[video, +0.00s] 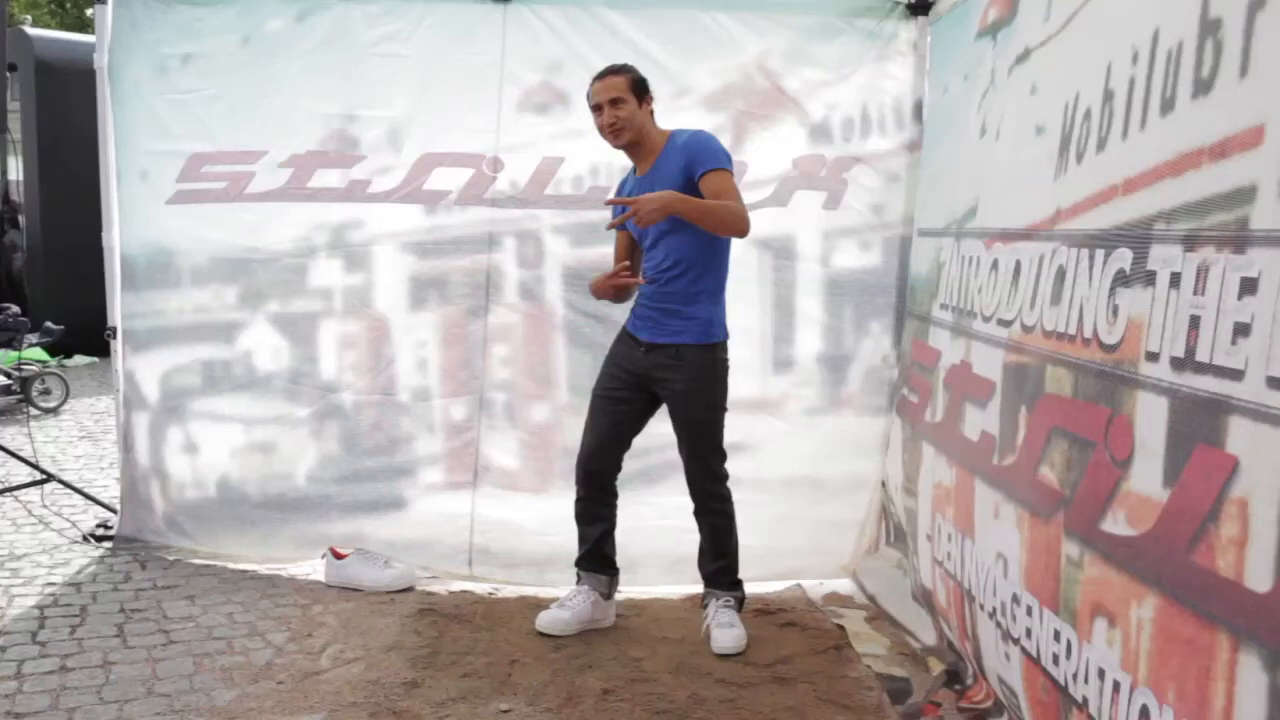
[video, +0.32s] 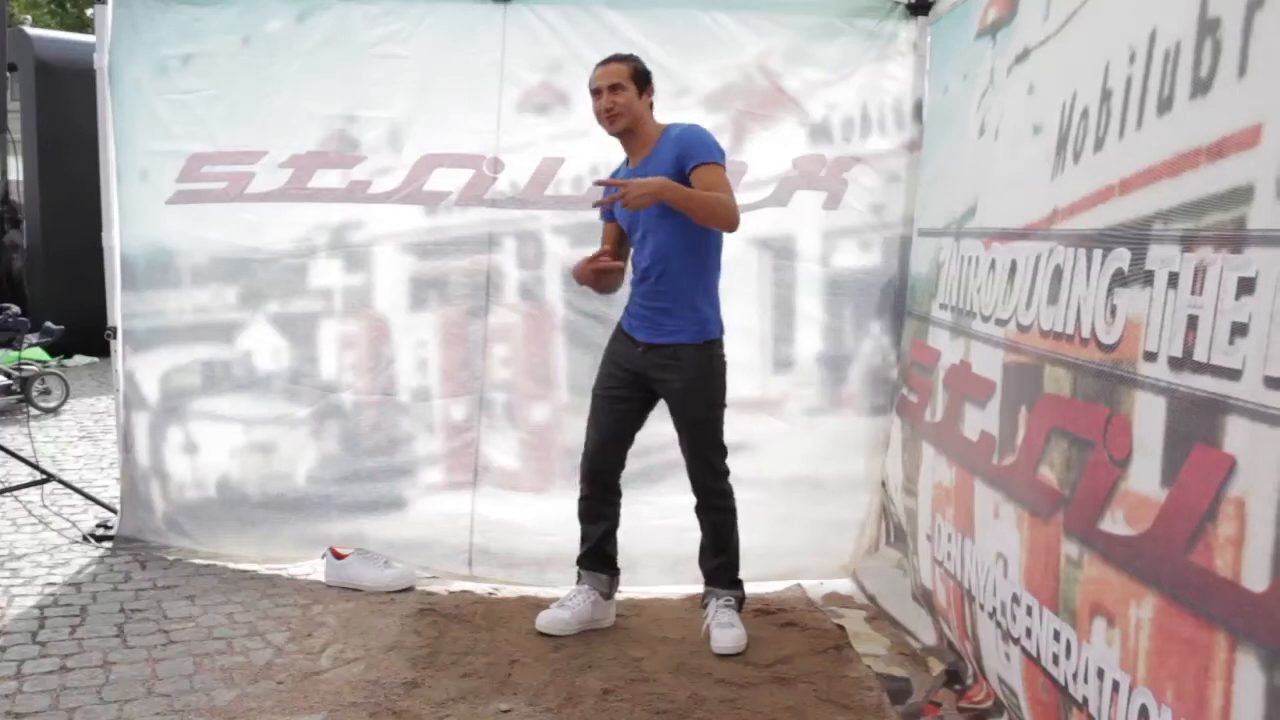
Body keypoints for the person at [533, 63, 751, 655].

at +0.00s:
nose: (608, 118)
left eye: (618, 104)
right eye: (599, 111)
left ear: (647, 104)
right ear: (595, 122)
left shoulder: (696, 149)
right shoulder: (625, 192)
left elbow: (738, 222)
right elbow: (625, 275)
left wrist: (675, 202)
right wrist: (605, 288)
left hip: (696, 348)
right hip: (636, 342)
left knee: (706, 477)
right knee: (594, 463)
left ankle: (723, 600)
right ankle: (595, 590)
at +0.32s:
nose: (605, 102)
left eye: (616, 90)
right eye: (598, 94)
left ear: (647, 95)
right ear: (595, 108)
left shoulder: (690, 143)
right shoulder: (615, 181)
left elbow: (726, 216)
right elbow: (612, 269)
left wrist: (663, 188)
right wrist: (588, 273)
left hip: (692, 345)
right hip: (631, 339)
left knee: (709, 477)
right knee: (599, 463)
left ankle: (723, 600)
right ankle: (595, 590)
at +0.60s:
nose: (586, 115)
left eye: (597, 102)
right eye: (577, 106)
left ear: (627, 104)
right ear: (574, 117)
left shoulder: (675, 157)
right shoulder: (594, 192)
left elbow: (709, 245)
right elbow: (588, 287)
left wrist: (632, 239)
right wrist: (560, 269)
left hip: (676, 354)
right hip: (613, 348)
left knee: (697, 483)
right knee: (574, 471)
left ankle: (722, 602)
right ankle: (593, 592)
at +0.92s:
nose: (572, 85)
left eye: (584, 75)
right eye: (563, 76)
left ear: (608, 85)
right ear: (552, 88)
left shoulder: (647, 138)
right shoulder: (551, 165)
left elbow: (644, 228)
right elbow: (555, 257)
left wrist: (561, 215)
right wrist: (546, 225)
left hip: (642, 334)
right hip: (579, 333)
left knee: (648, 474)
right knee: (575, 469)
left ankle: (648, 607)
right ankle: (593, 590)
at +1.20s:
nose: (565, 101)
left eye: (576, 91)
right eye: (555, 91)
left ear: (596, 100)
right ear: (542, 102)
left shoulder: (638, 157)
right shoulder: (537, 181)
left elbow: (667, 250)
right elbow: (523, 271)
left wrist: (678, 340)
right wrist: (495, 260)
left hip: (626, 343)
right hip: (562, 344)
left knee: (621, 474)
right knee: (552, 475)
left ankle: (640, 603)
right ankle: (590, 591)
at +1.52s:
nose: (580, 84)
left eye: (593, 75)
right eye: (571, 74)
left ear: (615, 84)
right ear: (559, 84)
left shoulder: (653, 152)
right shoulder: (539, 163)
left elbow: (688, 240)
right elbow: (499, 248)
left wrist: (710, 319)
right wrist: (464, 236)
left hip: (626, 339)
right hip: (559, 337)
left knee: (612, 481)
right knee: (570, 478)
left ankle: (601, 613)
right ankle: (586, 588)